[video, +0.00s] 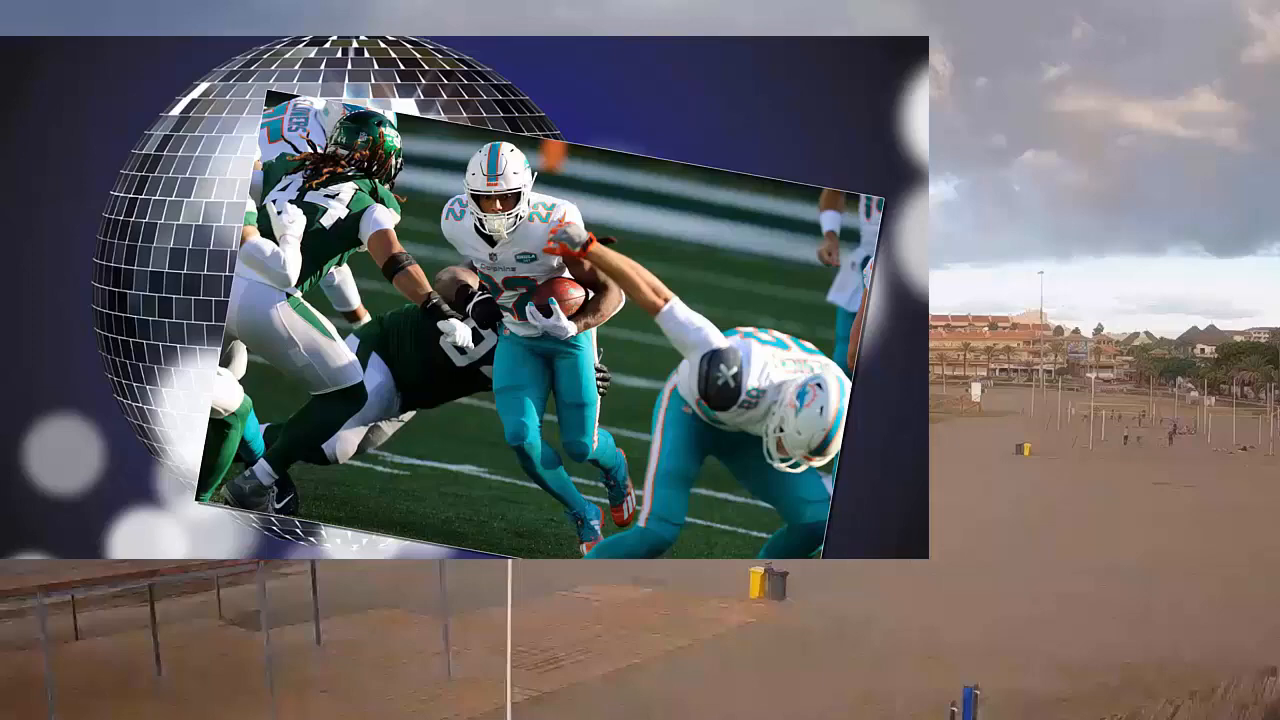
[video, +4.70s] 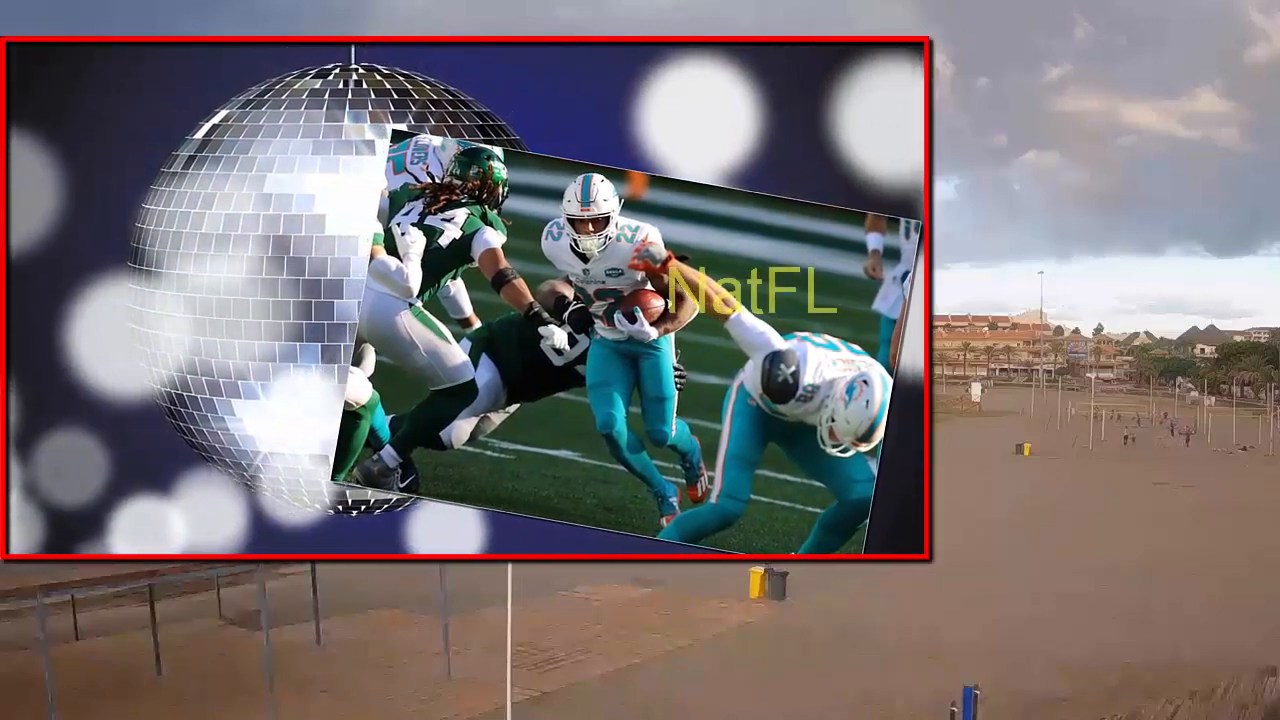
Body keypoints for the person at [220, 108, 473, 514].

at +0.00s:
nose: (394, 165)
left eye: (392, 156)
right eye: (392, 156)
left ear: (334, 143)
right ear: (381, 158)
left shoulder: (285, 168)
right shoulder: (366, 201)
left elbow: (231, 196)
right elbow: (394, 261)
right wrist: (435, 305)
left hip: (218, 278)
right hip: (267, 299)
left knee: (222, 379)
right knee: (347, 390)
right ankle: (258, 479)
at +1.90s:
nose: (437, 178)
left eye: (437, 170)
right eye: (436, 170)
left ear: (382, 156)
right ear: (425, 171)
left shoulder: (333, 178)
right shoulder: (411, 210)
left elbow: (281, 205)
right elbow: (437, 267)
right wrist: (480, 314)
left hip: (269, 284)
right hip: (318, 302)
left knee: (278, 371)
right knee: (394, 389)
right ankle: (311, 471)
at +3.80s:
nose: (481, 187)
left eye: (480, 179)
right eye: (478, 179)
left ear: (430, 168)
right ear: (467, 180)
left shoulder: (385, 190)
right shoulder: (458, 219)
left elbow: (335, 207)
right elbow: (481, 273)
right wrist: (520, 316)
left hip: (319, 287)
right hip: (366, 305)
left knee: (328, 373)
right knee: (440, 387)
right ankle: (361, 464)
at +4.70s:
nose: (501, 194)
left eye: (501, 186)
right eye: (499, 186)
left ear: (451, 175)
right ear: (489, 187)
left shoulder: (409, 195)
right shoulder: (478, 222)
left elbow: (363, 220)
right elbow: (501, 276)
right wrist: (539, 318)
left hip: (347, 290)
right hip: (391, 307)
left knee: (354, 374)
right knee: (462, 386)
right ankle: (386, 461)